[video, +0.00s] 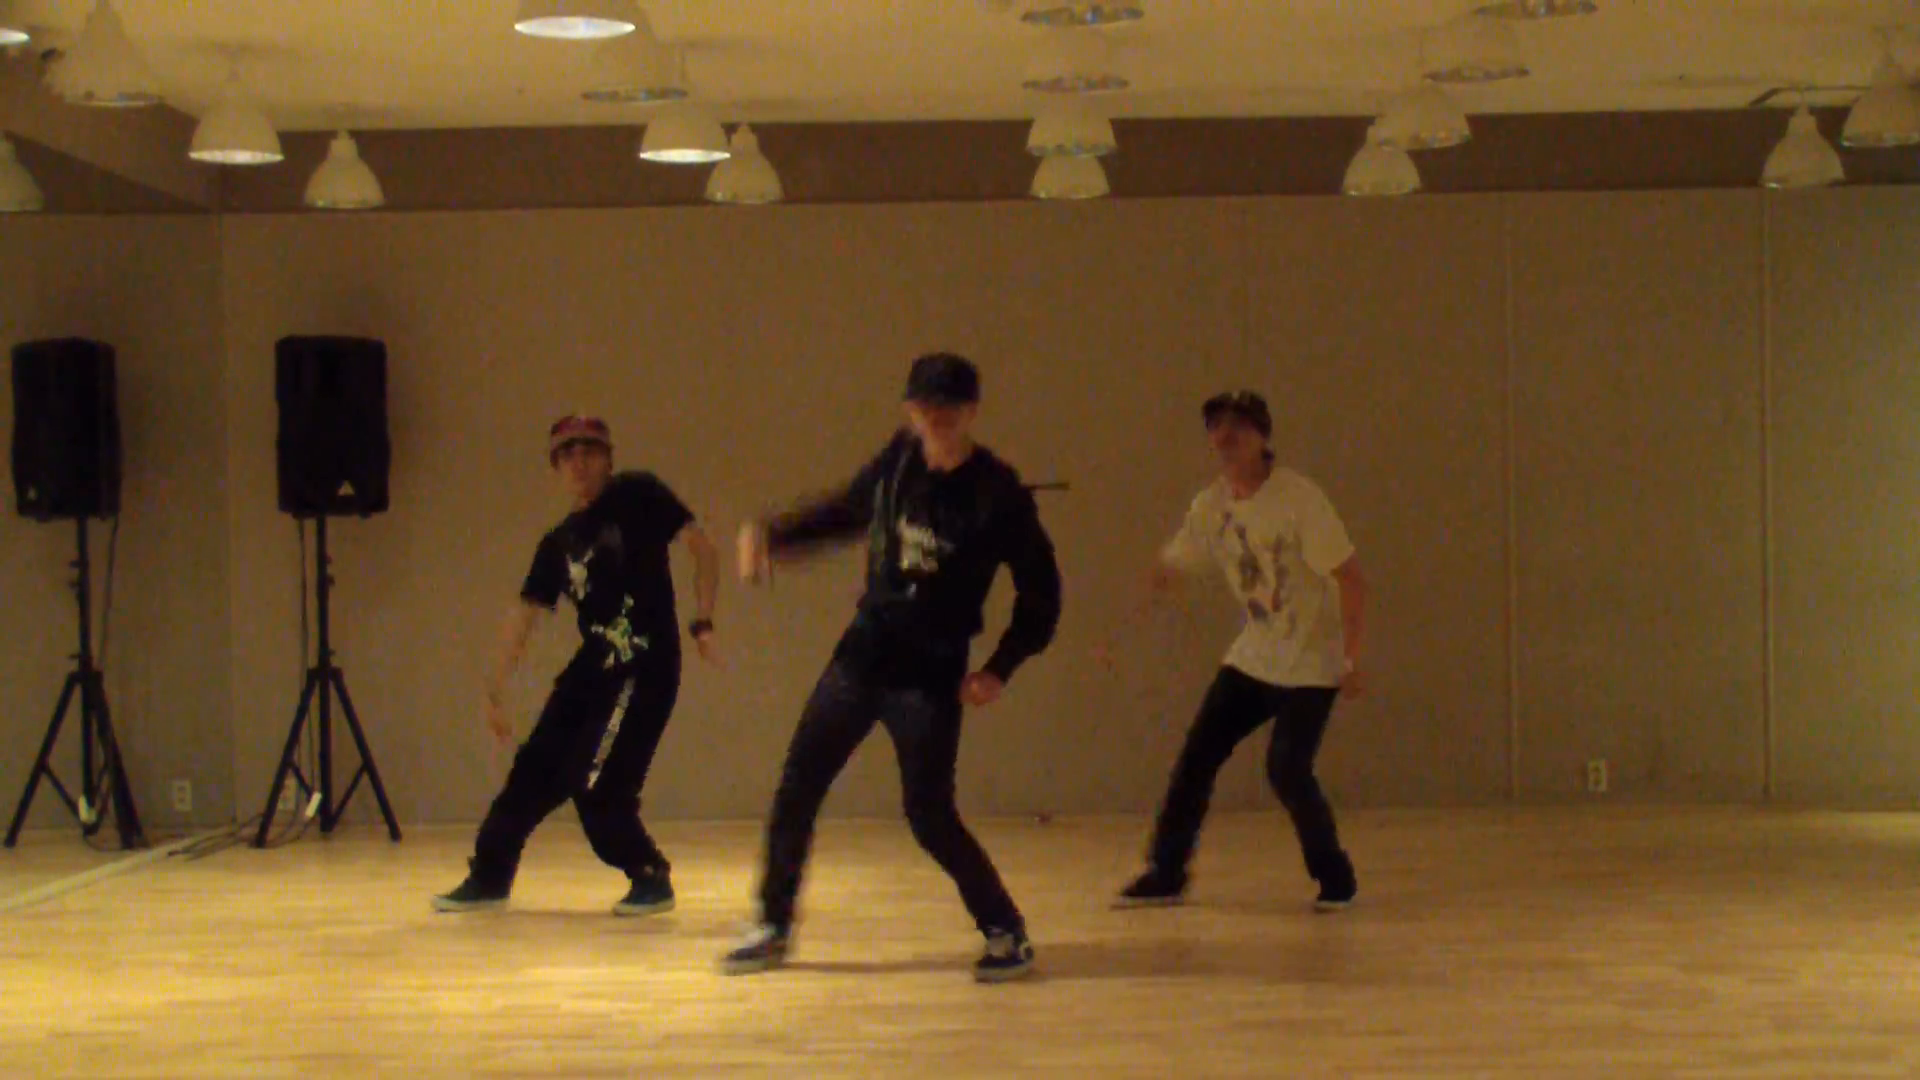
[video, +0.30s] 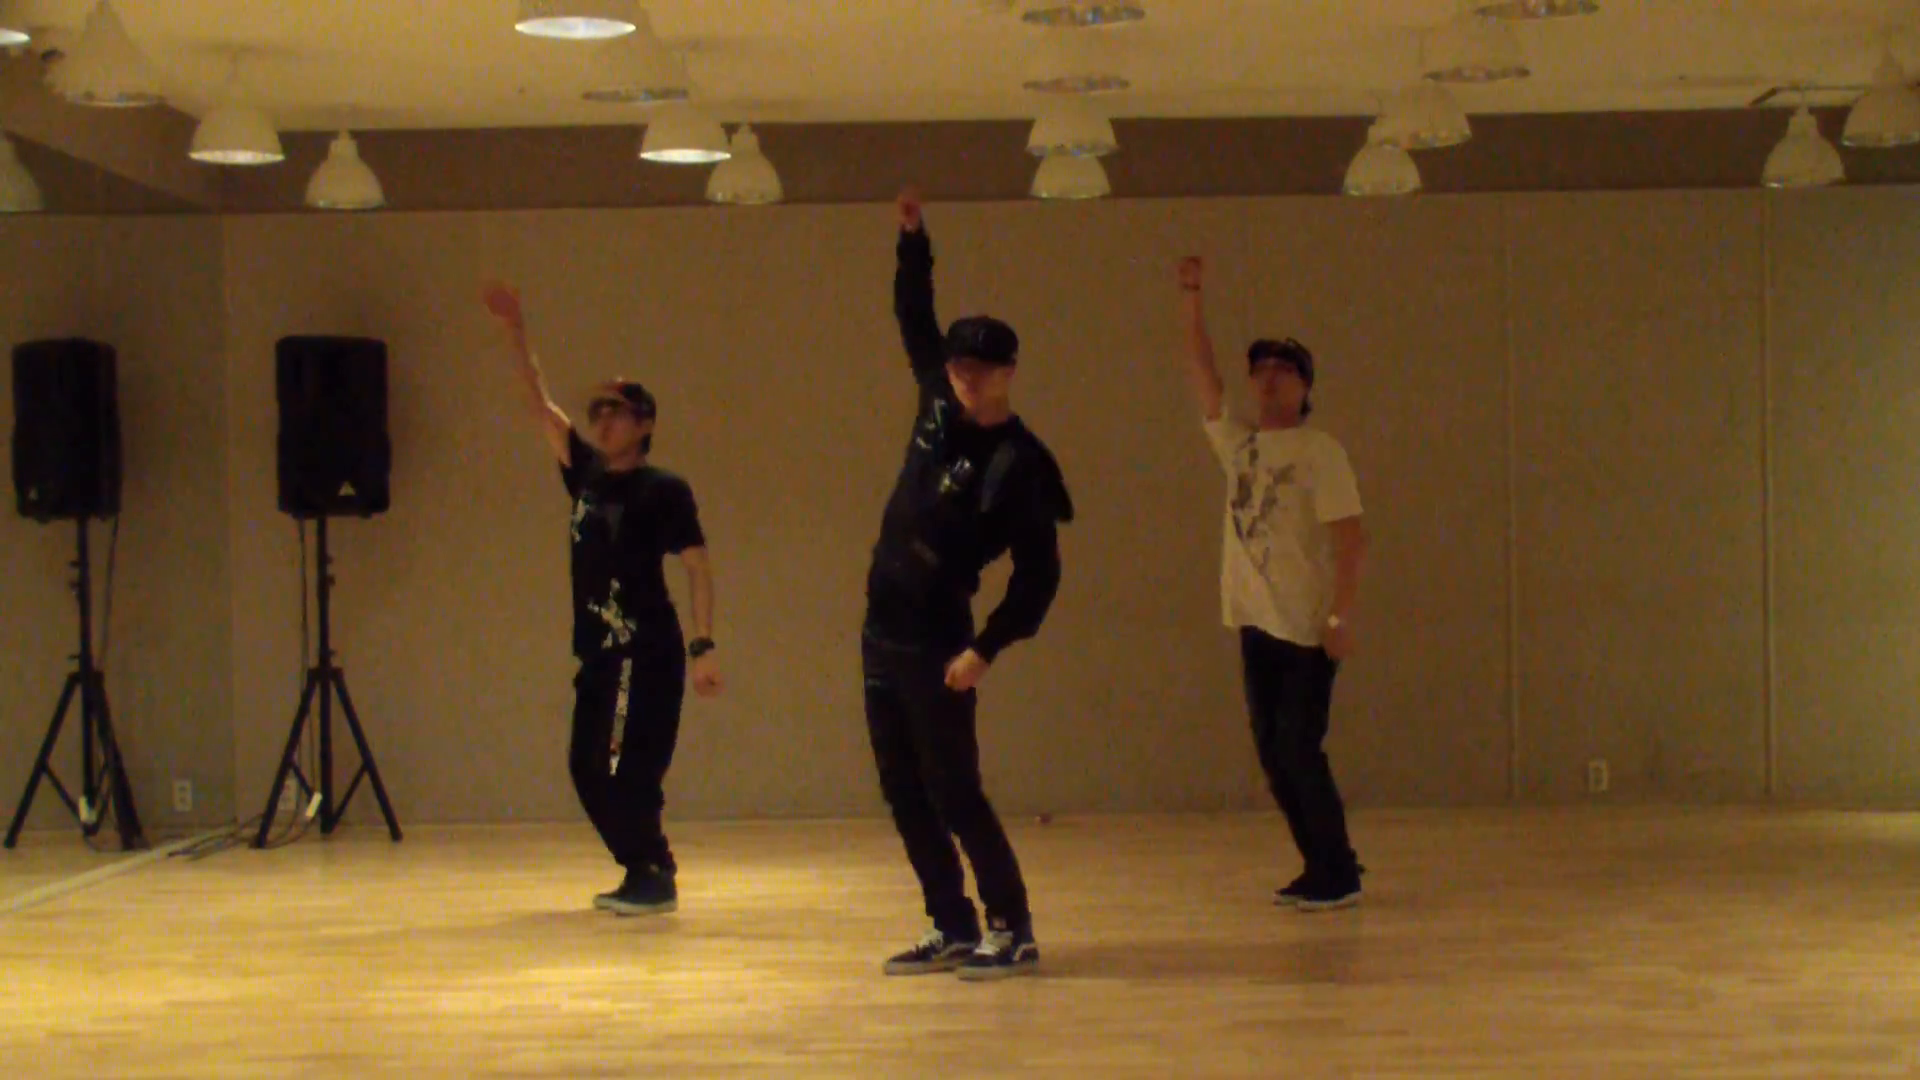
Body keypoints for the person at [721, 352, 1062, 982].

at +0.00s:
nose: (936, 430)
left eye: (947, 417)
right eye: (927, 417)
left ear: (971, 412)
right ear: (911, 413)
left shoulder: (998, 491)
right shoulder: (897, 459)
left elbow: (1041, 589)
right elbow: (846, 513)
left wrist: (1001, 668)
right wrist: (775, 535)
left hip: (931, 673)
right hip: (862, 655)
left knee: (931, 820)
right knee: (798, 786)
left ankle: (1004, 930)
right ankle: (773, 926)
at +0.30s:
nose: (968, 385)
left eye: (980, 373)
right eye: (959, 373)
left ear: (1007, 375)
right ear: (947, 374)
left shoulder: (1024, 464)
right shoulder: (937, 406)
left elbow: (1038, 579)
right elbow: (917, 322)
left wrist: (984, 650)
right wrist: (911, 235)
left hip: (939, 644)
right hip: (884, 637)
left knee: (956, 793)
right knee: (905, 795)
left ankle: (1010, 927)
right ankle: (953, 928)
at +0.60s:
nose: (937, 395)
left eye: (947, 380)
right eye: (926, 383)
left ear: (974, 371)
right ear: (915, 384)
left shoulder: (1013, 441)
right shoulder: (937, 446)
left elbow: (1049, 550)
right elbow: (938, 550)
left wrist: (1025, 651)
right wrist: (916, 511)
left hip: (991, 642)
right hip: (937, 634)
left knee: (962, 796)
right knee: (878, 748)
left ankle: (1012, 930)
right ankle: (936, 893)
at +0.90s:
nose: (894, 468)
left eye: (900, 455)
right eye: (888, 457)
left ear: (929, 453)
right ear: (900, 460)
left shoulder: (1005, 507)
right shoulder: (932, 507)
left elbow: (1070, 575)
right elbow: (973, 565)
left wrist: (1082, 663)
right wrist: (945, 579)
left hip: (1038, 653)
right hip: (983, 633)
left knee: (974, 788)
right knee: (885, 636)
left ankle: (1013, 932)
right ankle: (948, 758)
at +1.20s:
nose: (974, 422)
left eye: (984, 408)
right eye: (964, 412)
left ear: (1013, 406)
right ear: (957, 421)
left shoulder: (1065, 452)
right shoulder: (982, 487)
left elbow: (1156, 467)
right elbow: (978, 538)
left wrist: (1109, 551)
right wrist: (940, 547)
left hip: (1056, 655)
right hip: (1004, 645)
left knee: (964, 795)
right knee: (957, 754)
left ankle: (1012, 936)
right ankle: (931, 862)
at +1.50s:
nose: (1051, 423)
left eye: (1061, 410)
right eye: (1038, 413)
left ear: (1084, 412)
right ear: (1024, 420)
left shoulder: (1127, 481)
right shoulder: (1028, 484)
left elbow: (1157, 585)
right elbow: (1008, 574)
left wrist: (1171, 685)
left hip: (1097, 675)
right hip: (1061, 677)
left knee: (977, 777)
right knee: (1114, 823)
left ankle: (1070, 897)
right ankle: (1241, 908)